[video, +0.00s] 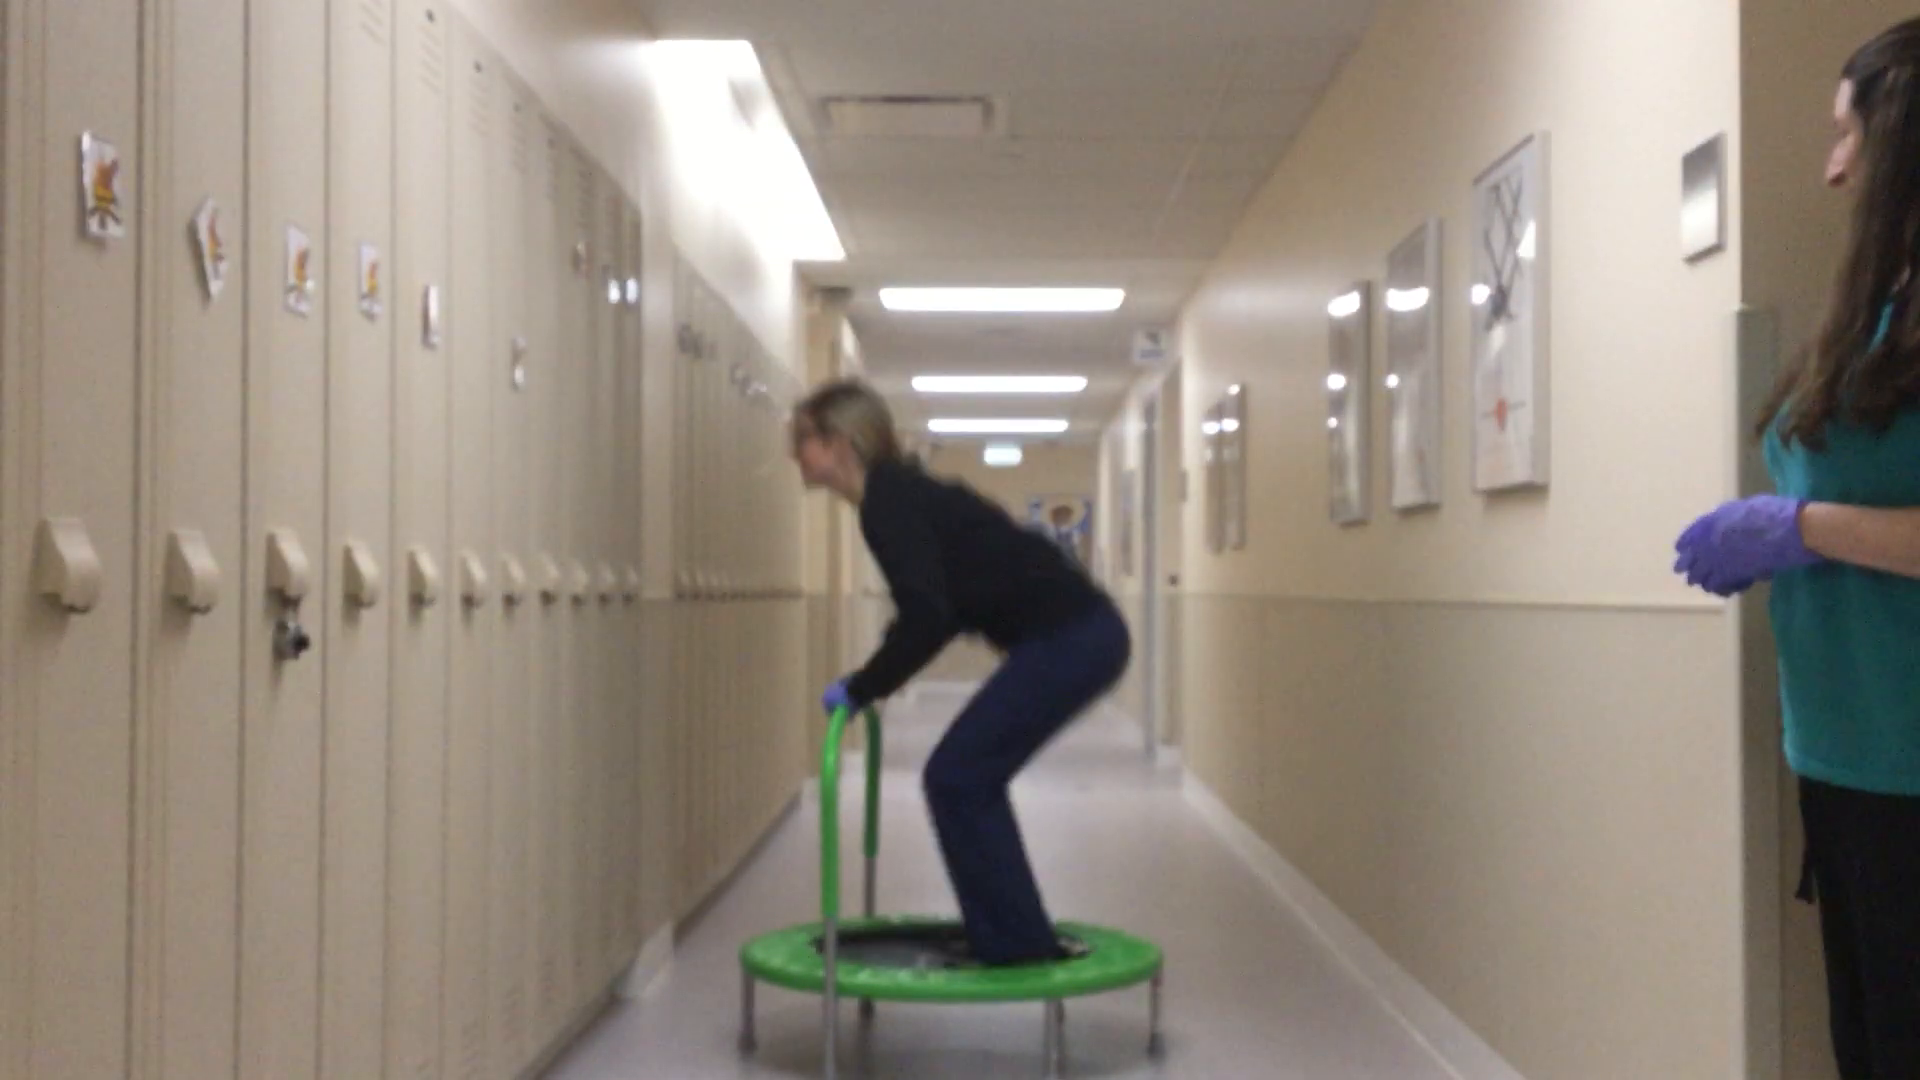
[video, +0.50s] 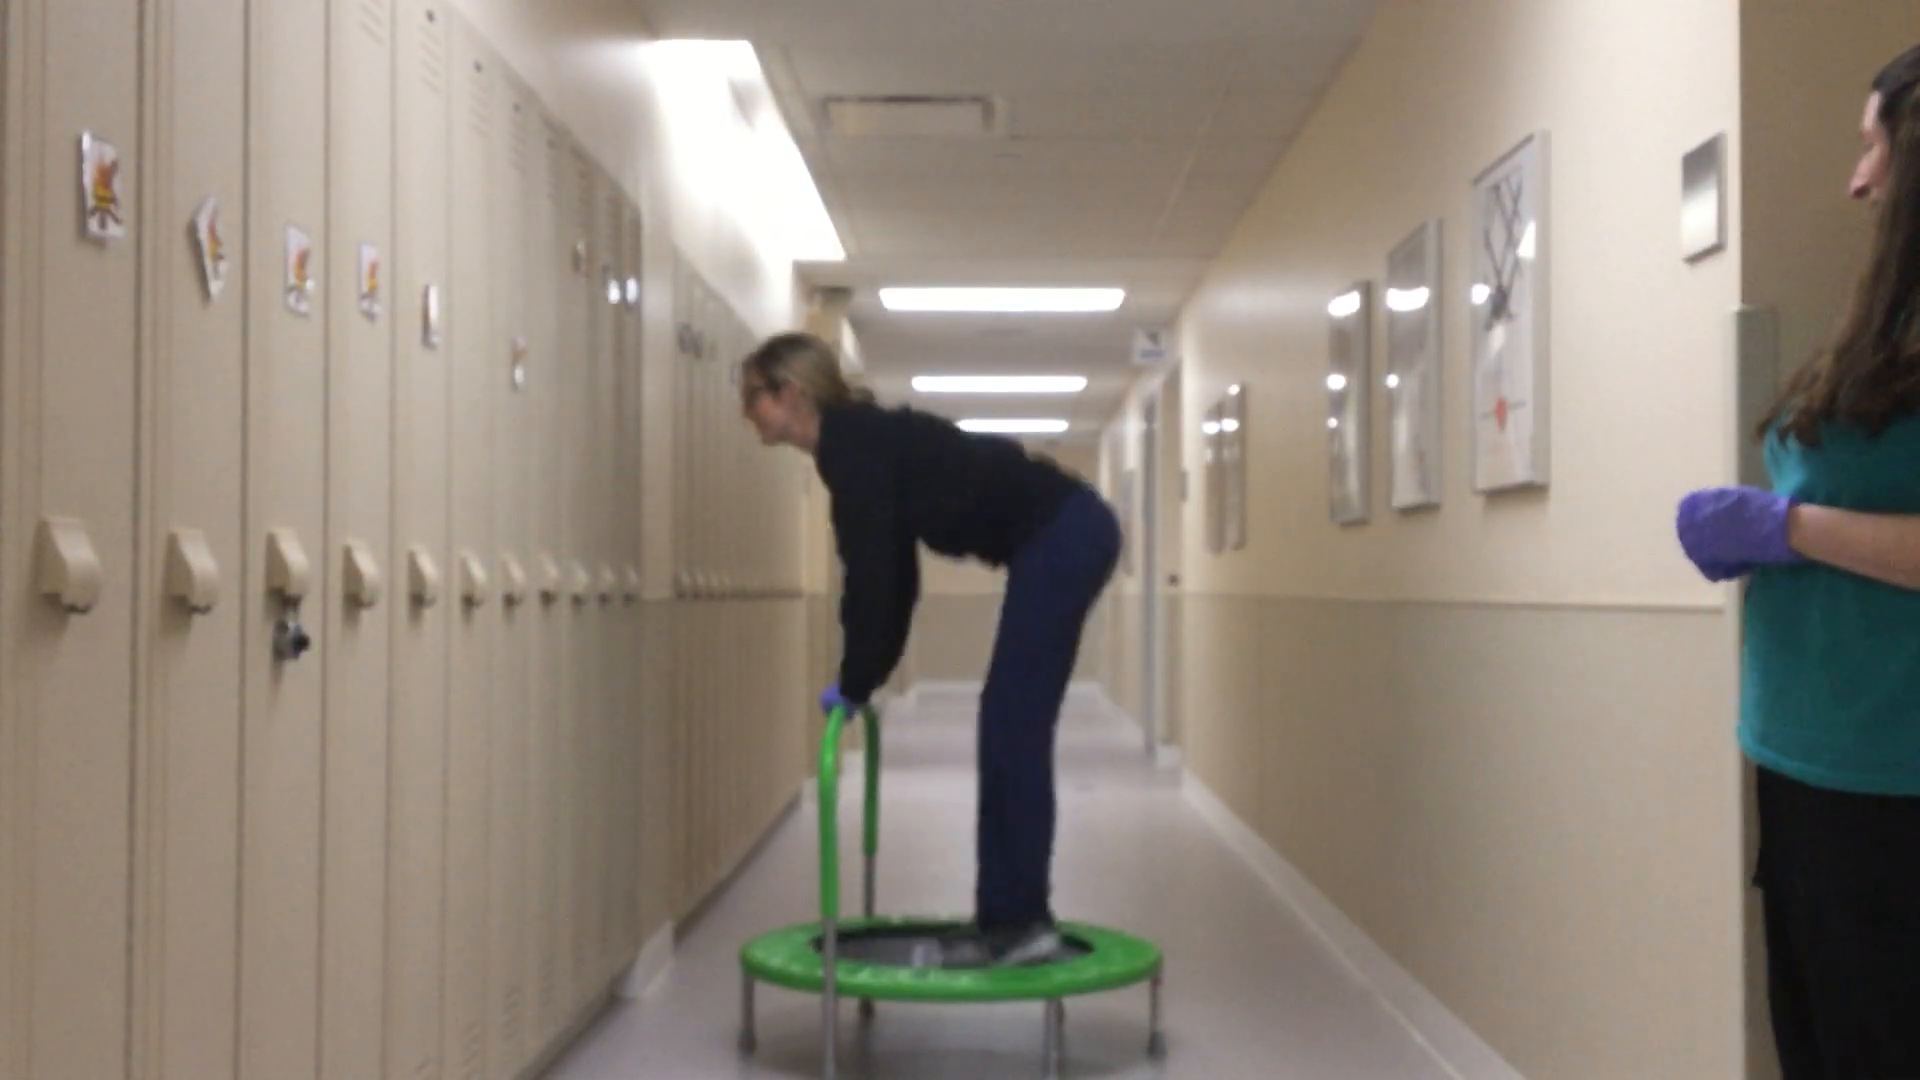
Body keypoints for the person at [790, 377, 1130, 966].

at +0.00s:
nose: (796, 458)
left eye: (802, 443)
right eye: (796, 444)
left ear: (836, 446)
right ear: (841, 446)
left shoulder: (892, 500)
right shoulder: (895, 496)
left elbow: (932, 616)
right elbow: (934, 614)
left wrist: (864, 686)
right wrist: (865, 682)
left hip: (1073, 640)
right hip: (1076, 636)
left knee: (955, 776)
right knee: (966, 776)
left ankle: (1012, 942)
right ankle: (1016, 937)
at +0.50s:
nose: (750, 417)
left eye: (753, 400)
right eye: (747, 403)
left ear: (788, 394)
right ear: (798, 393)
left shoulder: (851, 443)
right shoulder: (862, 438)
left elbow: (873, 569)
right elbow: (894, 573)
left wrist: (854, 682)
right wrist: (861, 679)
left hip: (1061, 539)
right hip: (1060, 537)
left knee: (1014, 723)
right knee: (1012, 721)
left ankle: (1014, 919)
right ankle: (1011, 916)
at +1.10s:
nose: (808, 502)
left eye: (815, 487)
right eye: (809, 488)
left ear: (851, 493)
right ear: (853, 494)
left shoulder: (899, 555)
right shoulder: (899, 552)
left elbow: (937, 653)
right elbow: (934, 653)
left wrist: (856, 692)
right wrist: (861, 687)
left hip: (1070, 709)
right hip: (1066, 705)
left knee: (920, 800)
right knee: (920, 797)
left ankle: (993, 944)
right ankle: (991, 939)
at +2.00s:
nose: (839, 497)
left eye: (845, 481)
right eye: (840, 482)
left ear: (878, 482)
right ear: (881, 483)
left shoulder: (933, 550)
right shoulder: (927, 549)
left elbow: (975, 662)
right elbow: (970, 663)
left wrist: (892, 705)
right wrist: (894, 698)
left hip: (1095, 707)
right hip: (1082, 703)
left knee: (943, 790)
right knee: (937, 787)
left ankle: (1018, 937)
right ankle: (999, 935)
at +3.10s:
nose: (873, 406)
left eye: (871, 389)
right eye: (865, 396)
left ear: (897, 365)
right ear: (901, 368)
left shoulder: (963, 424)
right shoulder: (961, 420)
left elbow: (987, 550)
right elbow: (985, 551)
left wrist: (951, 656)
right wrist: (951, 655)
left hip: (1092, 615)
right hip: (1089, 612)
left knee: (982, 759)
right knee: (982, 758)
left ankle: (1016, 942)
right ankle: (1016, 937)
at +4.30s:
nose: (867, 357)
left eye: (865, 339)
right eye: (858, 346)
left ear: (896, 316)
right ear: (894, 321)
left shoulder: (955, 383)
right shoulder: (950, 383)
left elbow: (970, 512)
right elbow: (968, 518)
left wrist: (888, 558)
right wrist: (896, 561)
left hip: (1044, 602)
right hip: (1038, 600)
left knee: (957, 774)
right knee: (955, 772)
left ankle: (1003, 944)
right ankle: (999, 938)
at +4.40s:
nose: (865, 275)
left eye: (863, 258)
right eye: (857, 264)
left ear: (891, 233)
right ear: (892, 236)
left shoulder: (960, 290)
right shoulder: (952, 295)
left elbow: (986, 410)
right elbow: (976, 416)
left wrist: (946, 516)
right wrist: (942, 515)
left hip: (1025, 521)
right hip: (1014, 521)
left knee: (988, 715)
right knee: (985, 714)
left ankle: (997, 917)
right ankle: (992, 912)